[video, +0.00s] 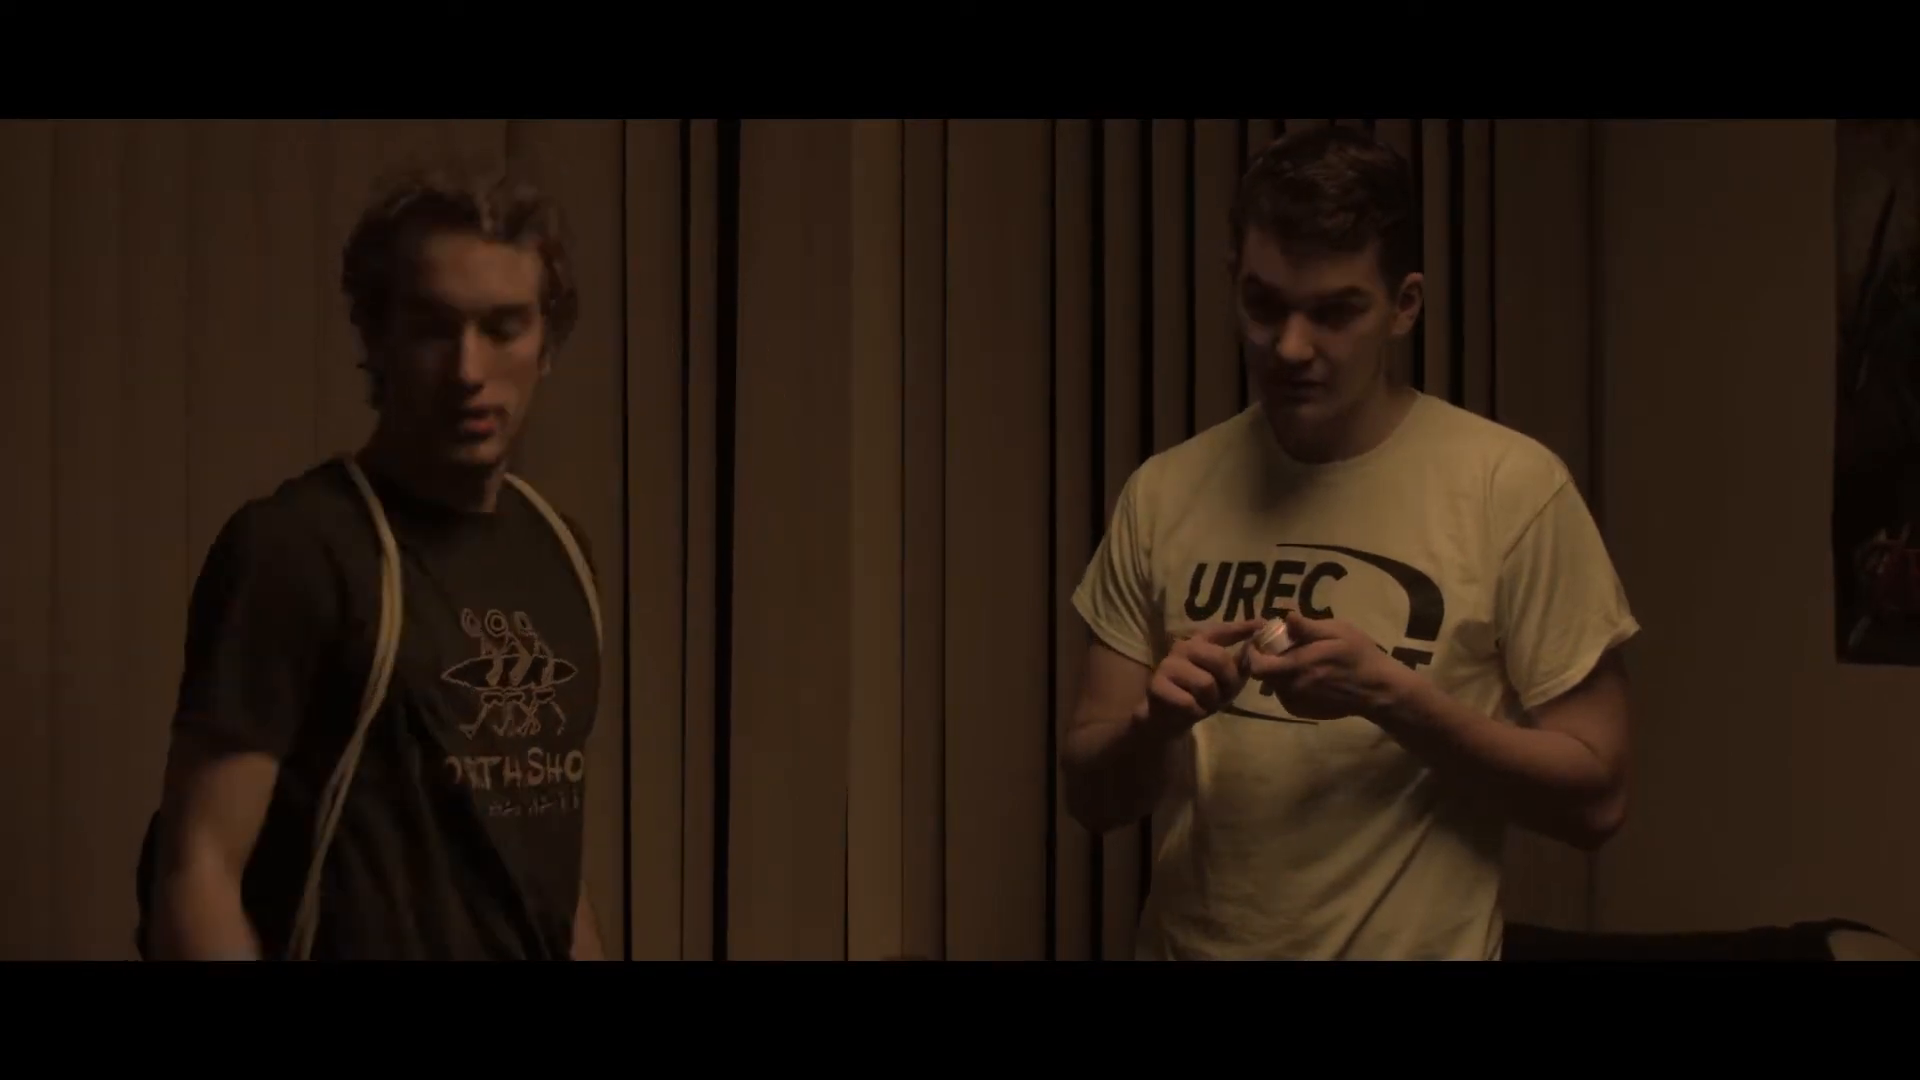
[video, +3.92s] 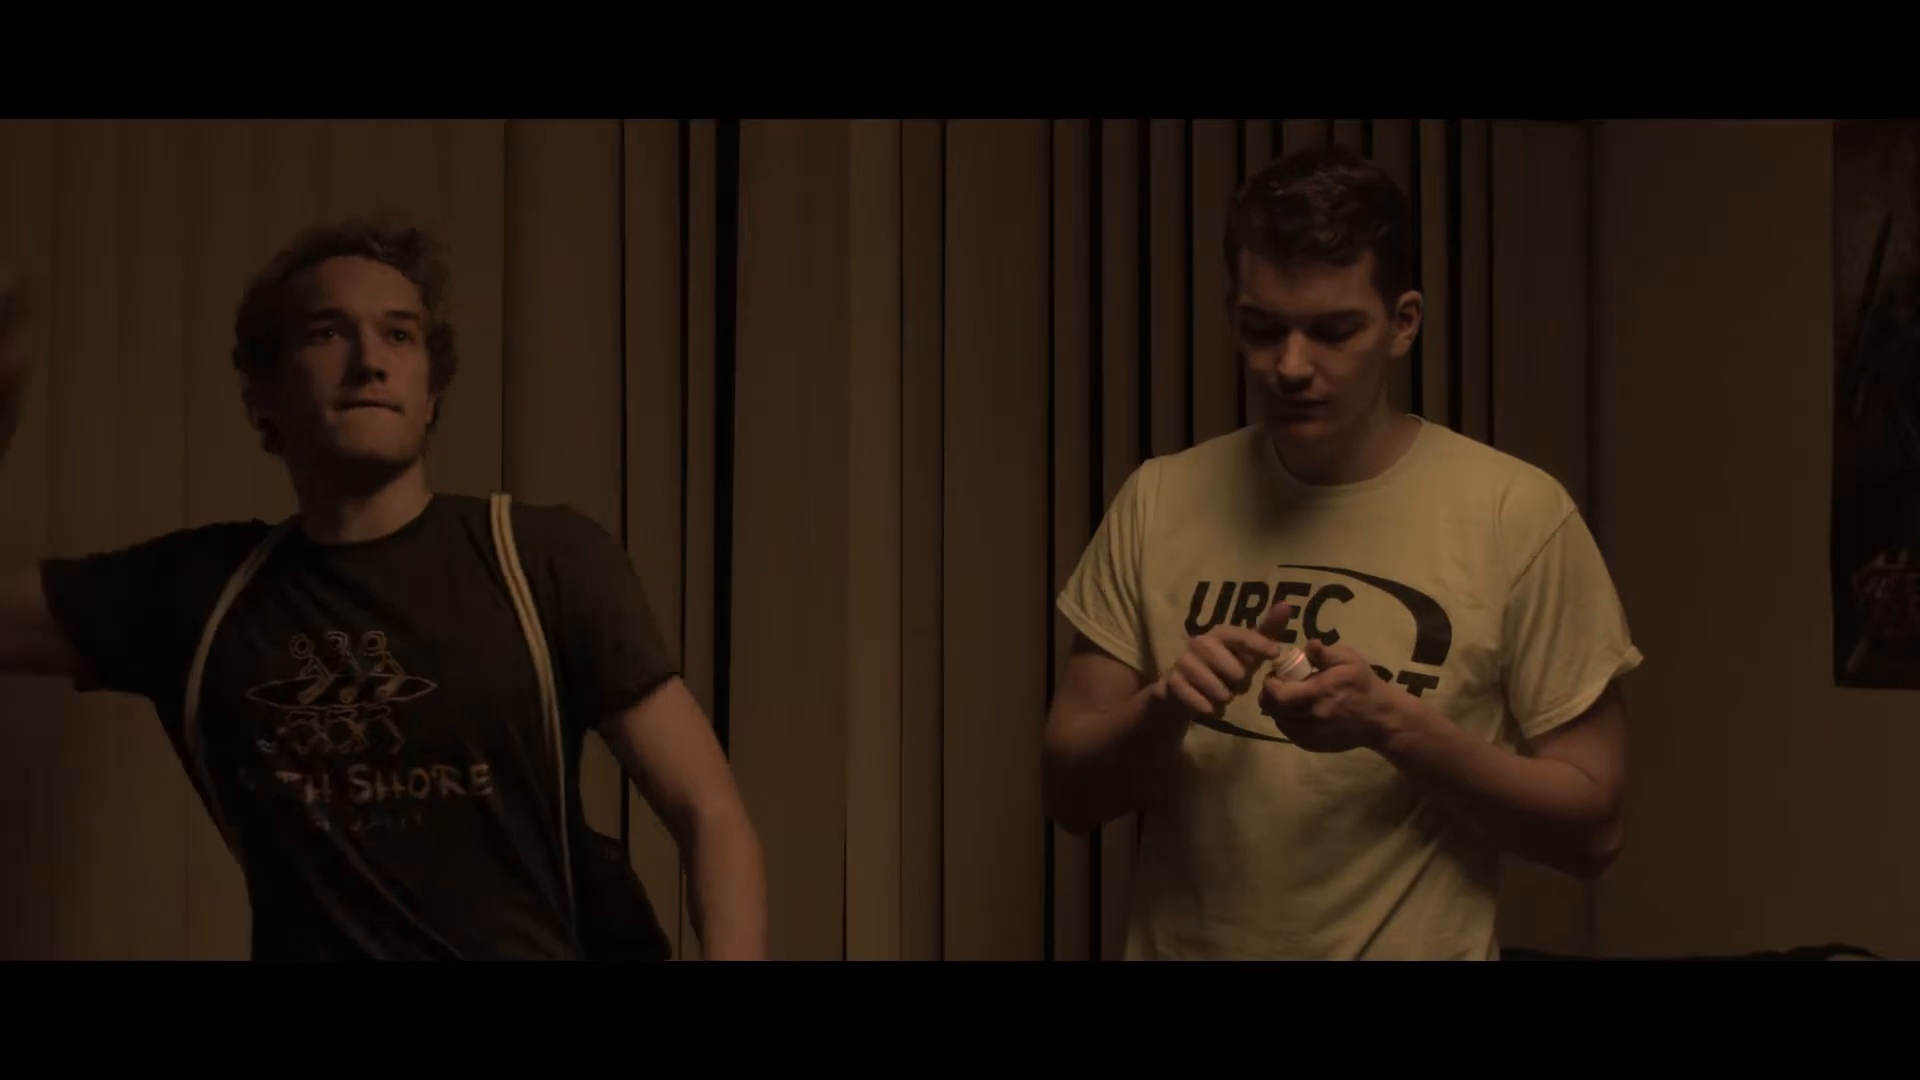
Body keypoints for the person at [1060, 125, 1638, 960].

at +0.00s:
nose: (1292, 349)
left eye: (1334, 313)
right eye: (1266, 307)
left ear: (1404, 305)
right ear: (1239, 292)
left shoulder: (1513, 491)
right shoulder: (1162, 496)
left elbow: (1595, 798)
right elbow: (1089, 798)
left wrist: (1395, 693)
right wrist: (1154, 724)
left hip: (1418, 945)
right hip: (1194, 942)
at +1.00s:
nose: (1224, 307)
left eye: (1270, 272)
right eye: (1216, 271)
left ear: (1366, 289)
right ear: (1201, 273)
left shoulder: (1505, 486)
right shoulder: (1157, 486)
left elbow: (1592, 791)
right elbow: (1076, 799)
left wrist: (1376, 691)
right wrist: (1126, 630)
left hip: (1406, 946)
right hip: (1179, 941)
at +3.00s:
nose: (1242, 342)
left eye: (1284, 307)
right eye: (1226, 308)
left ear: (1376, 317)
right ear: (1207, 314)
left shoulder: (1515, 514)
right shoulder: (1160, 500)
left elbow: (1596, 819)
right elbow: (1047, 775)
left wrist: (1393, 720)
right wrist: (1174, 557)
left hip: (1416, 948)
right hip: (1178, 943)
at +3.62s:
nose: (1281, 358)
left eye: (1319, 320)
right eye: (1251, 323)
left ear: (1394, 315)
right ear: (1224, 322)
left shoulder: (1516, 515)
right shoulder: (1157, 502)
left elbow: (1595, 818)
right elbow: (1067, 800)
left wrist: (1390, 716)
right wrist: (1162, 657)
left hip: (1415, 946)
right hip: (1179, 944)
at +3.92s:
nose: (1291, 368)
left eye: (1332, 331)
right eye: (1262, 330)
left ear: (1404, 323)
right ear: (1235, 319)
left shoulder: (1517, 518)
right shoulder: (1157, 503)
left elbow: (1592, 822)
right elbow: (1069, 793)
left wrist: (1394, 721)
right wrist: (1162, 705)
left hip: (1414, 947)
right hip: (1182, 944)